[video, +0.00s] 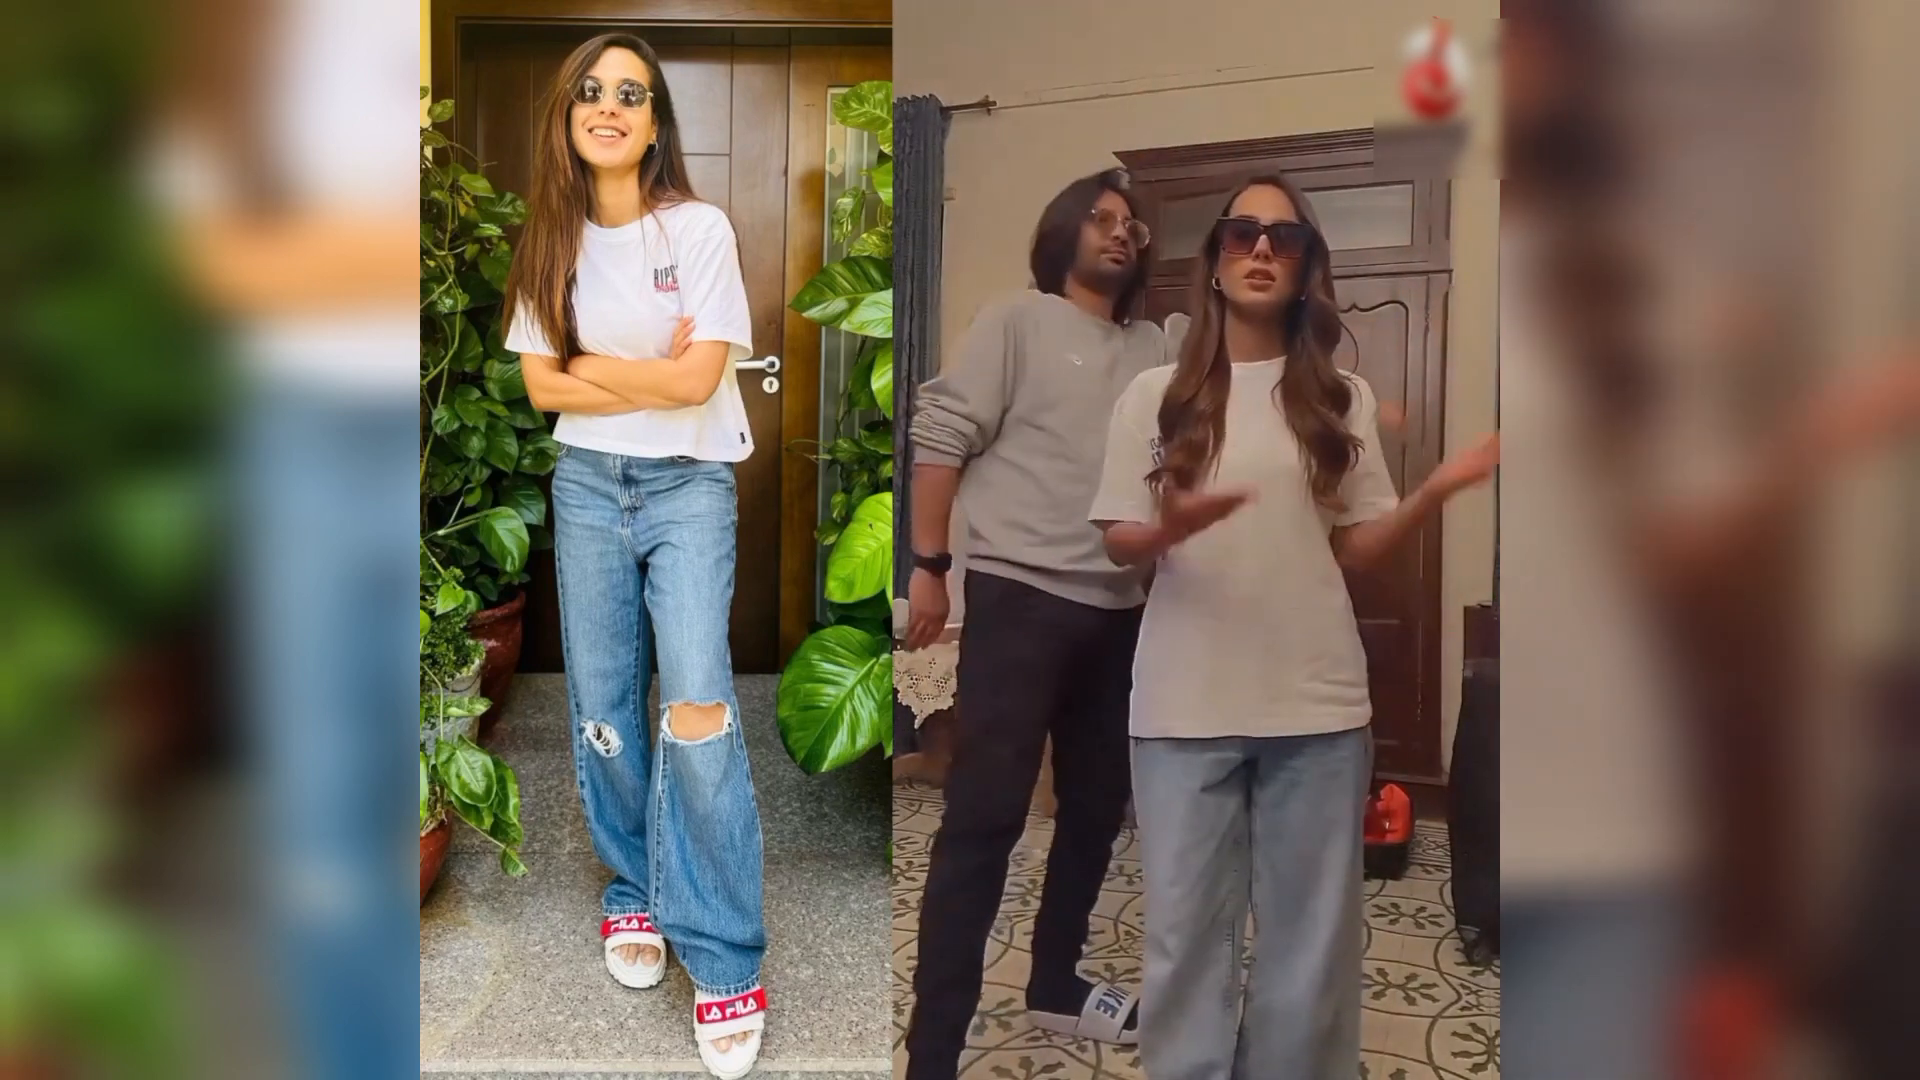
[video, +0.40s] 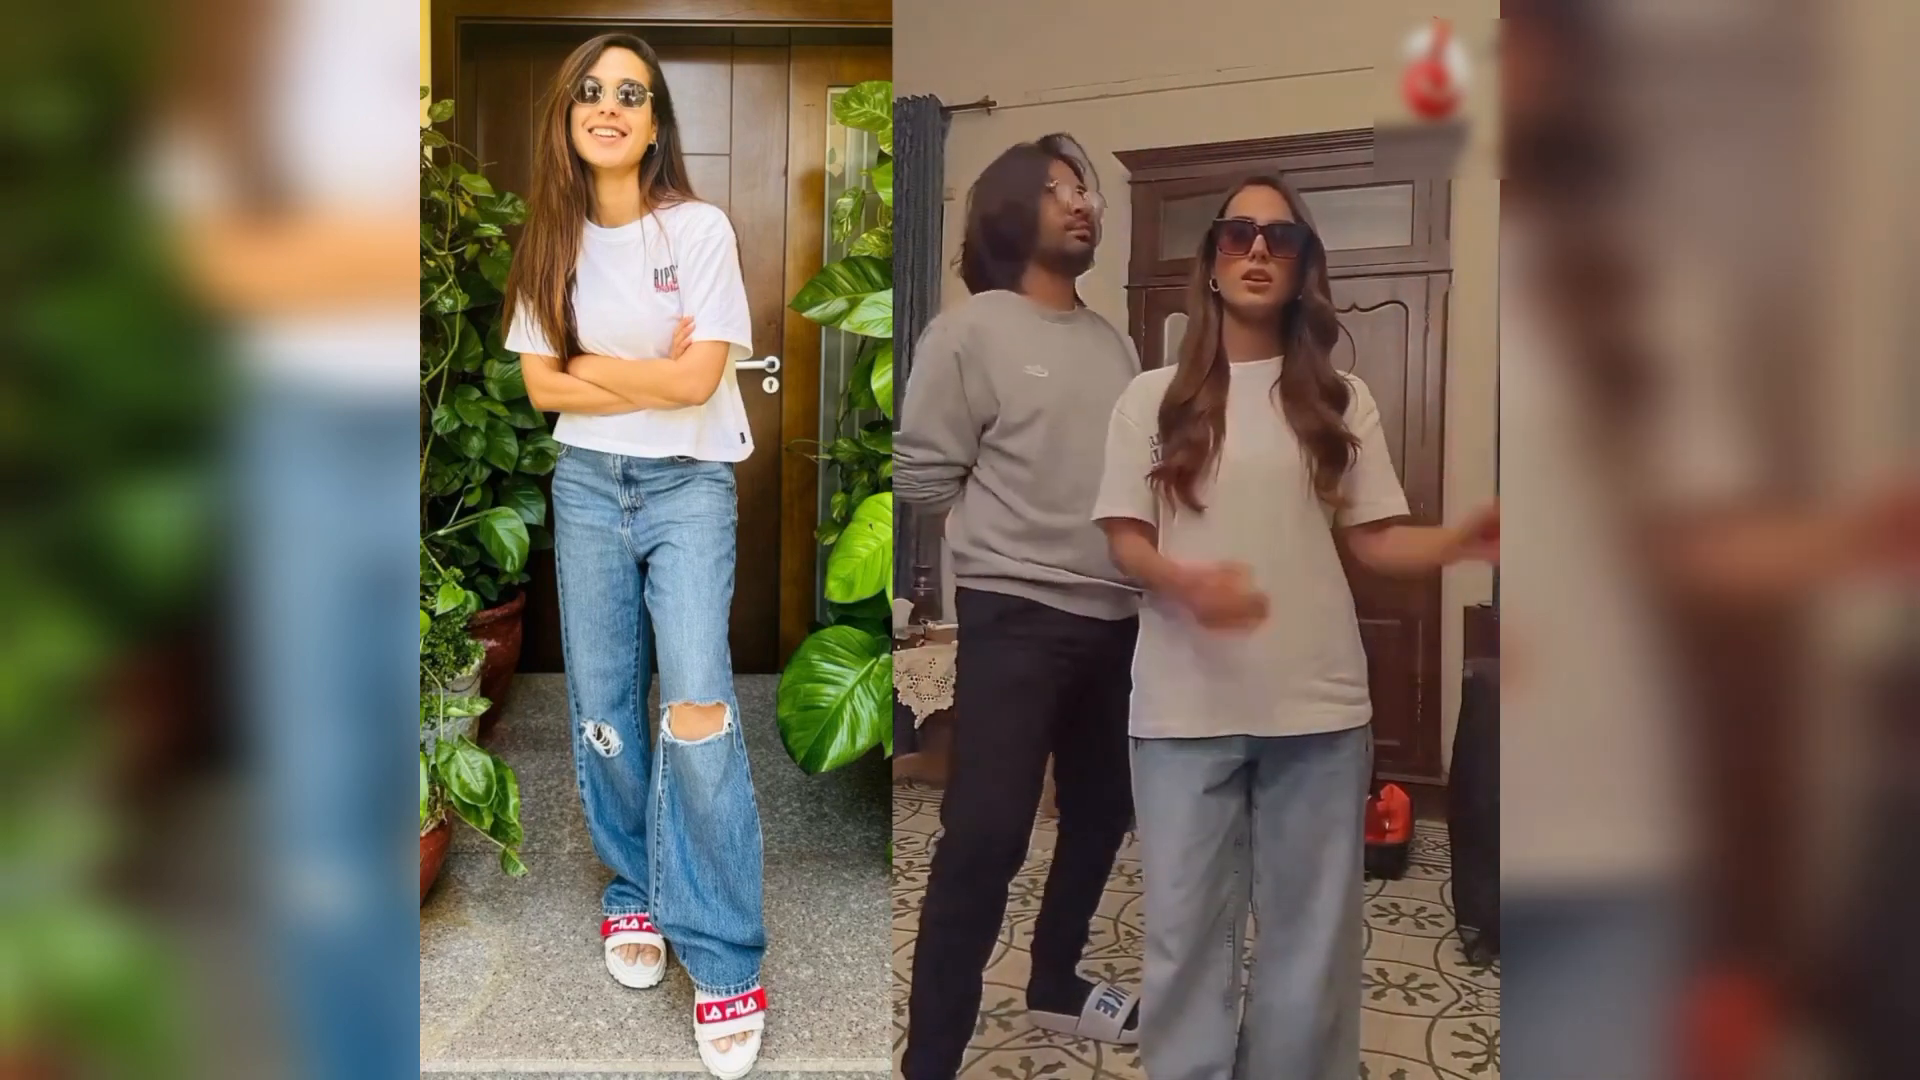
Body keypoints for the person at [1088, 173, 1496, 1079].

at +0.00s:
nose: (1262, 248)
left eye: (1283, 237)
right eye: (1243, 234)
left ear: (1308, 264)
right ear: (1213, 256)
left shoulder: (1342, 393)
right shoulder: (1154, 395)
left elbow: (1354, 549)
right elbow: (1120, 544)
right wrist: (1167, 526)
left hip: (1317, 707)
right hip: (1184, 710)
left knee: (1310, 952)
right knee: (1182, 944)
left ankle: (1292, 1077)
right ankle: (1186, 1072)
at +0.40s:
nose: (1258, 249)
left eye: (1279, 237)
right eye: (1239, 235)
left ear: (1305, 263)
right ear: (1210, 258)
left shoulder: (1340, 396)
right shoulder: (1153, 396)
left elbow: (1371, 540)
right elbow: (1126, 537)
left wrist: (1454, 541)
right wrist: (1185, 582)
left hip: (1317, 709)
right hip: (1184, 710)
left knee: (1311, 945)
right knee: (1183, 940)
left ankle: (1295, 1074)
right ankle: (1185, 1071)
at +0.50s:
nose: (1258, 253)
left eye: (1280, 240)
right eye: (1237, 239)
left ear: (1306, 266)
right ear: (1212, 265)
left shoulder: (1344, 400)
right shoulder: (1159, 400)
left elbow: (1363, 557)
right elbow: (1143, 557)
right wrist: (1147, 699)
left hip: (1323, 724)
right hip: (1189, 724)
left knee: (1312, 961)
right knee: (1183, 957)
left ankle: (1297, 1073)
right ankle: (1188, 1068)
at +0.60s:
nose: (1263, 251)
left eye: (1284, 238)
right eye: (1242, 237)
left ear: (1309, 264)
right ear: (1215, 262)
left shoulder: (1350, 397)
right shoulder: (1160, 396)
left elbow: (1372, 550)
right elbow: (1137, 547)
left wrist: (1386, 694)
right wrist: (1128, 684)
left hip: (1321, 718)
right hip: (1186, 716)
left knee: (1311, 950)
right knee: (1182, 950)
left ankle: (1298, 1071)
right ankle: (1192, 1067)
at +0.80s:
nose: (1265, 250)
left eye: (1287, 237)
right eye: (1245, 236)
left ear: (1312, 263)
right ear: (1217, 262)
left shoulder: (1352, 394)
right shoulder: (1161, 395)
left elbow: (1369, 554)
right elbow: (1156, 556)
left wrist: (1422, 478)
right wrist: (1104, 513)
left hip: (1320, 701)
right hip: (1185, 701)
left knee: (1314, 937)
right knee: (1184, 933)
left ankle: (1302, 1070)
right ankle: (1193, 1066)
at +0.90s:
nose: (1264, 250)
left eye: (1286, 237)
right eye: (1245, 236)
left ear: (1312, 264)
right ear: (1218, 263)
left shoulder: (1350, 395)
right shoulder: (1162, 392)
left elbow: (1409, 537)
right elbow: (1124, 537)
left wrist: (1439, 389)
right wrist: (1081, 407)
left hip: (1321, 707)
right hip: (1183, 707)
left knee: (1313, 943)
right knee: (1183, 940)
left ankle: (1303, 1070)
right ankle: (1192, 1066)